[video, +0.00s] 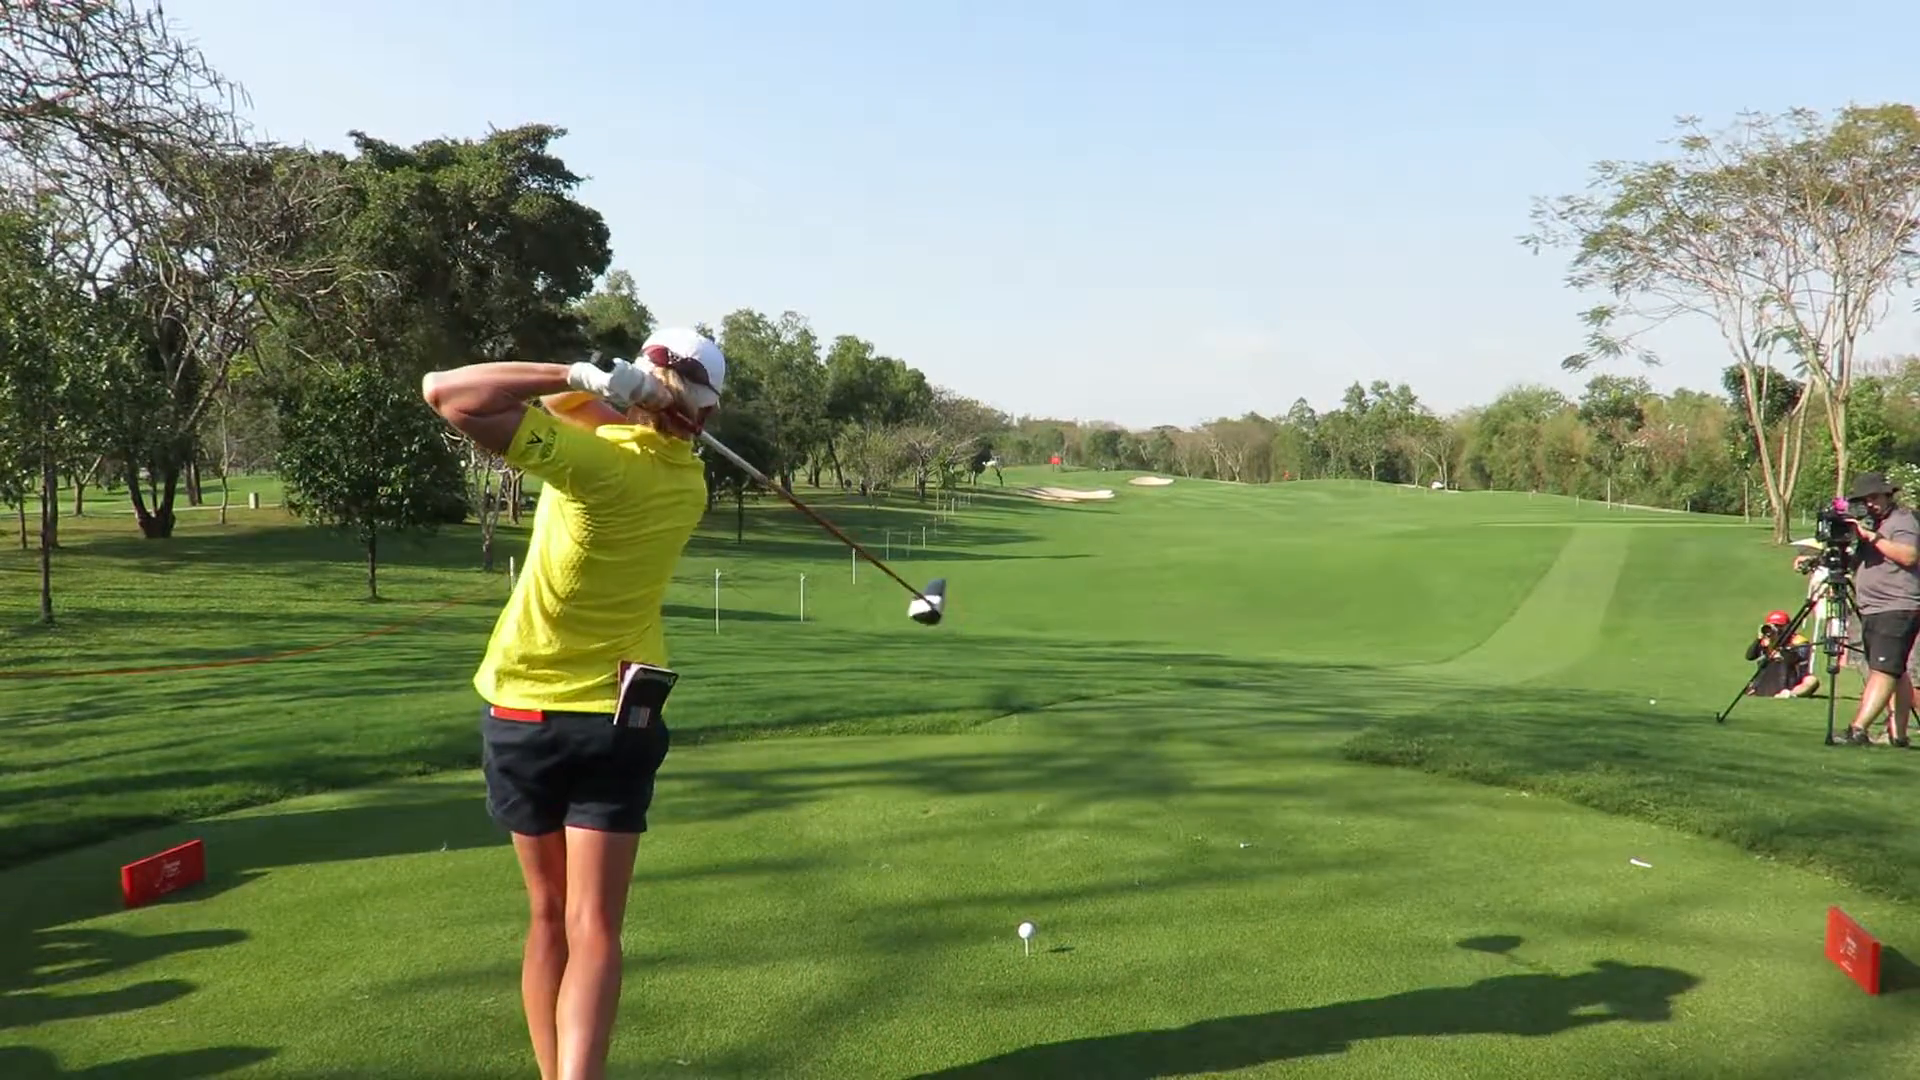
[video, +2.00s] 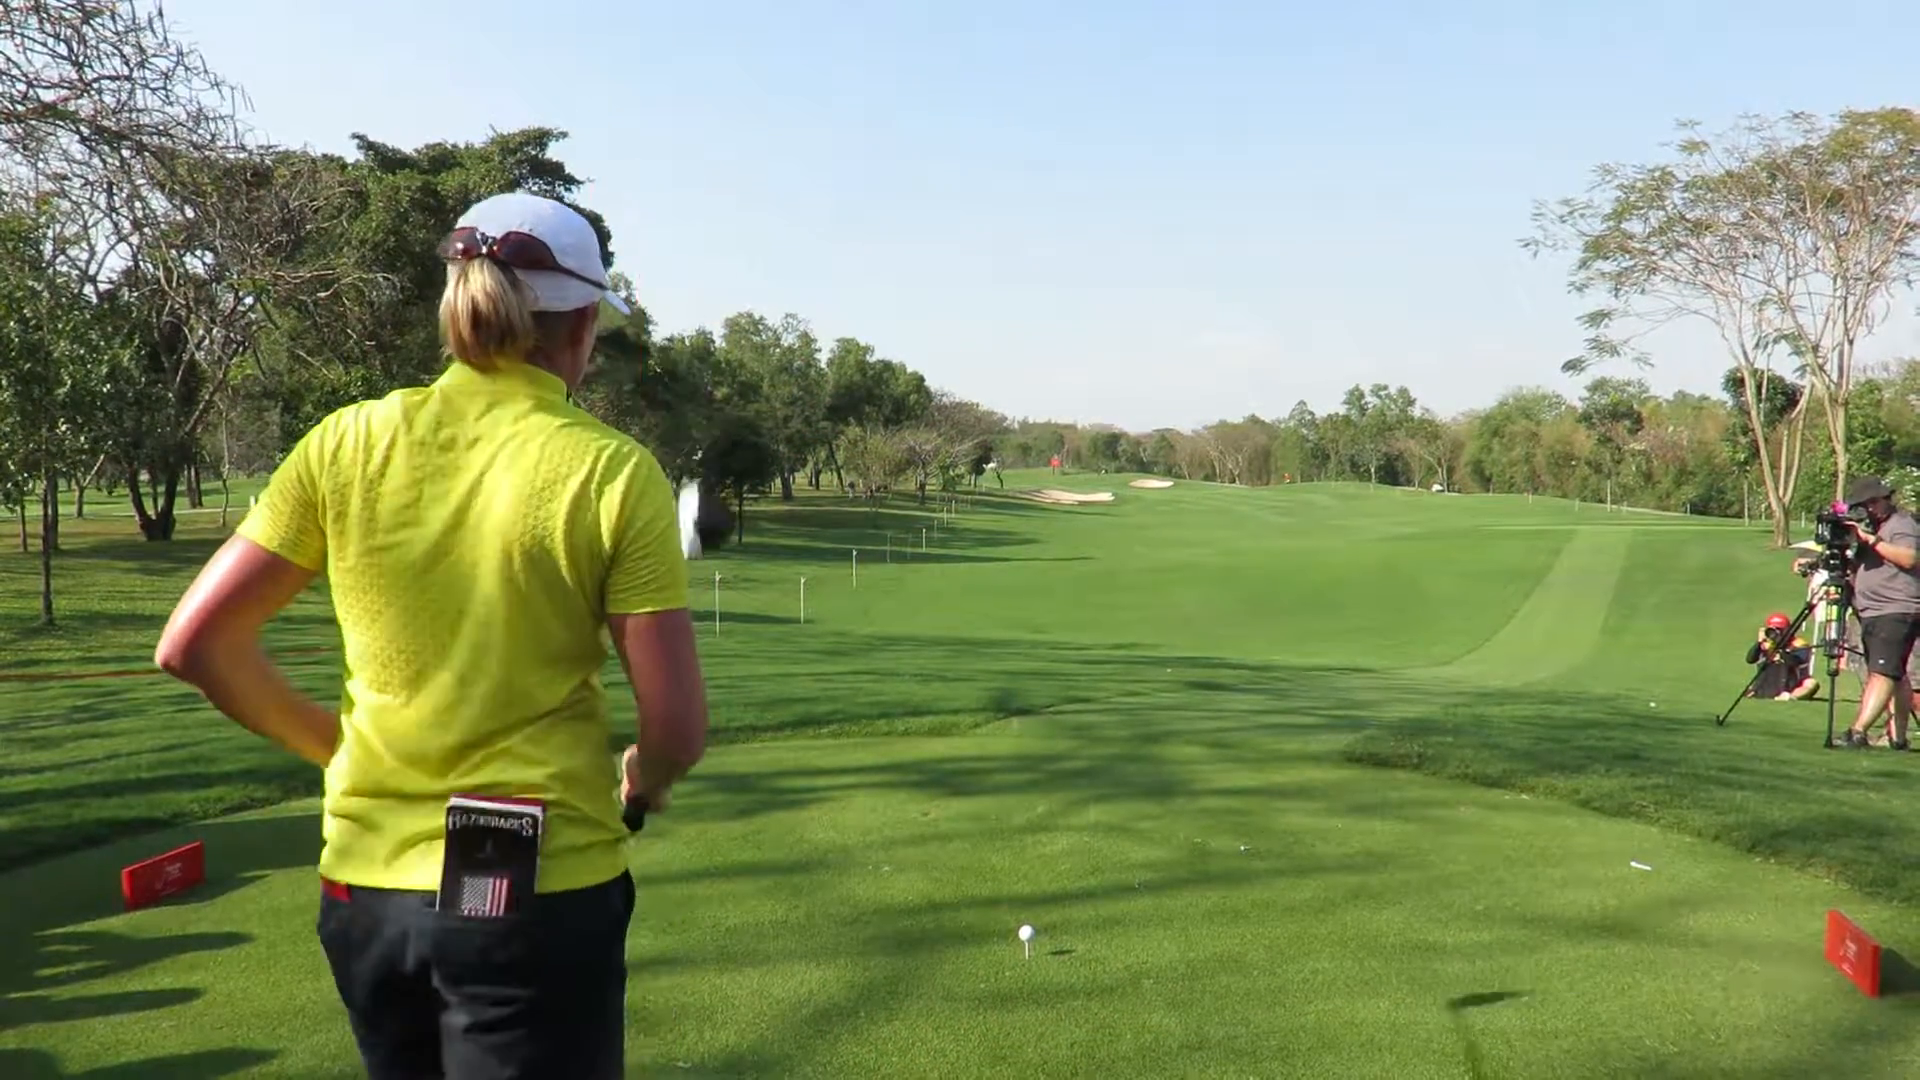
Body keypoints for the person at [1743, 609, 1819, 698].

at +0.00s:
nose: (1774, 631)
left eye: (1777, 628)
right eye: (1771, 628)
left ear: (1785, 627)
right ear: (1768, 628)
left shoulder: (1799, 642)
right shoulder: (1768, 642)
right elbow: (1750, 656)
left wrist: (1784, 655)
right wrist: (1759, 640)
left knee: (1812, 680)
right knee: (1750, 688)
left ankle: (1792, 693)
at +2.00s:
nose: (1774, 635)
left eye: (1778, 631)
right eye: (1771, 632)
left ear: (1787, 631)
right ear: (1767, 633)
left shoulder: (1799, 644)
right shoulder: (1768, 645)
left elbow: (1798, 660)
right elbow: (1750, 660)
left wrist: (1782, 655)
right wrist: (1759, 643)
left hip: (1792, 683)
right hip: (1769, 682)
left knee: (1812, 683)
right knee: (1749, 690)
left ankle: (1791, 696)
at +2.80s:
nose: (1775, 636)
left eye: (1779, 632)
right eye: (1771, 632)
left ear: (1786, 631)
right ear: (1767, 632)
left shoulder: (1799, 645)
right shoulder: (1767, 645)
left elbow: (1798, 661)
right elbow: (1750, 660)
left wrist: (1782, 657)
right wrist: (1759, 643)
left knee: (1812, 683)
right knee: (1749, 691)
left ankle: (1791, 697)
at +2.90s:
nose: (1774, 636)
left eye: (1777, 632)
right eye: (1770, 632)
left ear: (1786, 631)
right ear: (1767, 633)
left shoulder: (1799, 645)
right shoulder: (1767, 645)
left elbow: (1798, 661)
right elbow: (1750, 660)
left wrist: (1782, 657)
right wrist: (1759, 643)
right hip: (1767, 684)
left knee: (1812, 683)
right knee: (1748, 691)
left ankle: (1791, 697)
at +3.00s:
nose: (1774, 636)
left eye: (1777, 632)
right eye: (1771, 632)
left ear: (1786, 631)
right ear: (1767, 633)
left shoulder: (1799, 644)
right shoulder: (1768, 645)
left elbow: (1798, 661)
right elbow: (1750, 660)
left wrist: (1782, 656)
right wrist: (1759, 643)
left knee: (1813, 683)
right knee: (1749, 691)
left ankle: (1791, 696)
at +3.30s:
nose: (1773, 636)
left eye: (1777, 632)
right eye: (1770, 632)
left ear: (1786, 632)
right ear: (1767, 632)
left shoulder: (1799, 645)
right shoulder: (1767, 645)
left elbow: (1798, 662)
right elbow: (1750, 660)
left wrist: (1783, 656)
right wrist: (1759, 643)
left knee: (1812, 683)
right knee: (1749, 691)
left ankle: (1791, 696)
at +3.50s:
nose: (1773, 636)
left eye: (1776, 632)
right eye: (1770, 632)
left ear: (1785, 631)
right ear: (1767, 632)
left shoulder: (1799, 644)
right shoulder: (1768, 645)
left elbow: (1798, 662)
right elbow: (1750, 660)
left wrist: (1783, 656)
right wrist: (1758, 643)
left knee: (1812, 683)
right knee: (1749, 691)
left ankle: (1791, 696)